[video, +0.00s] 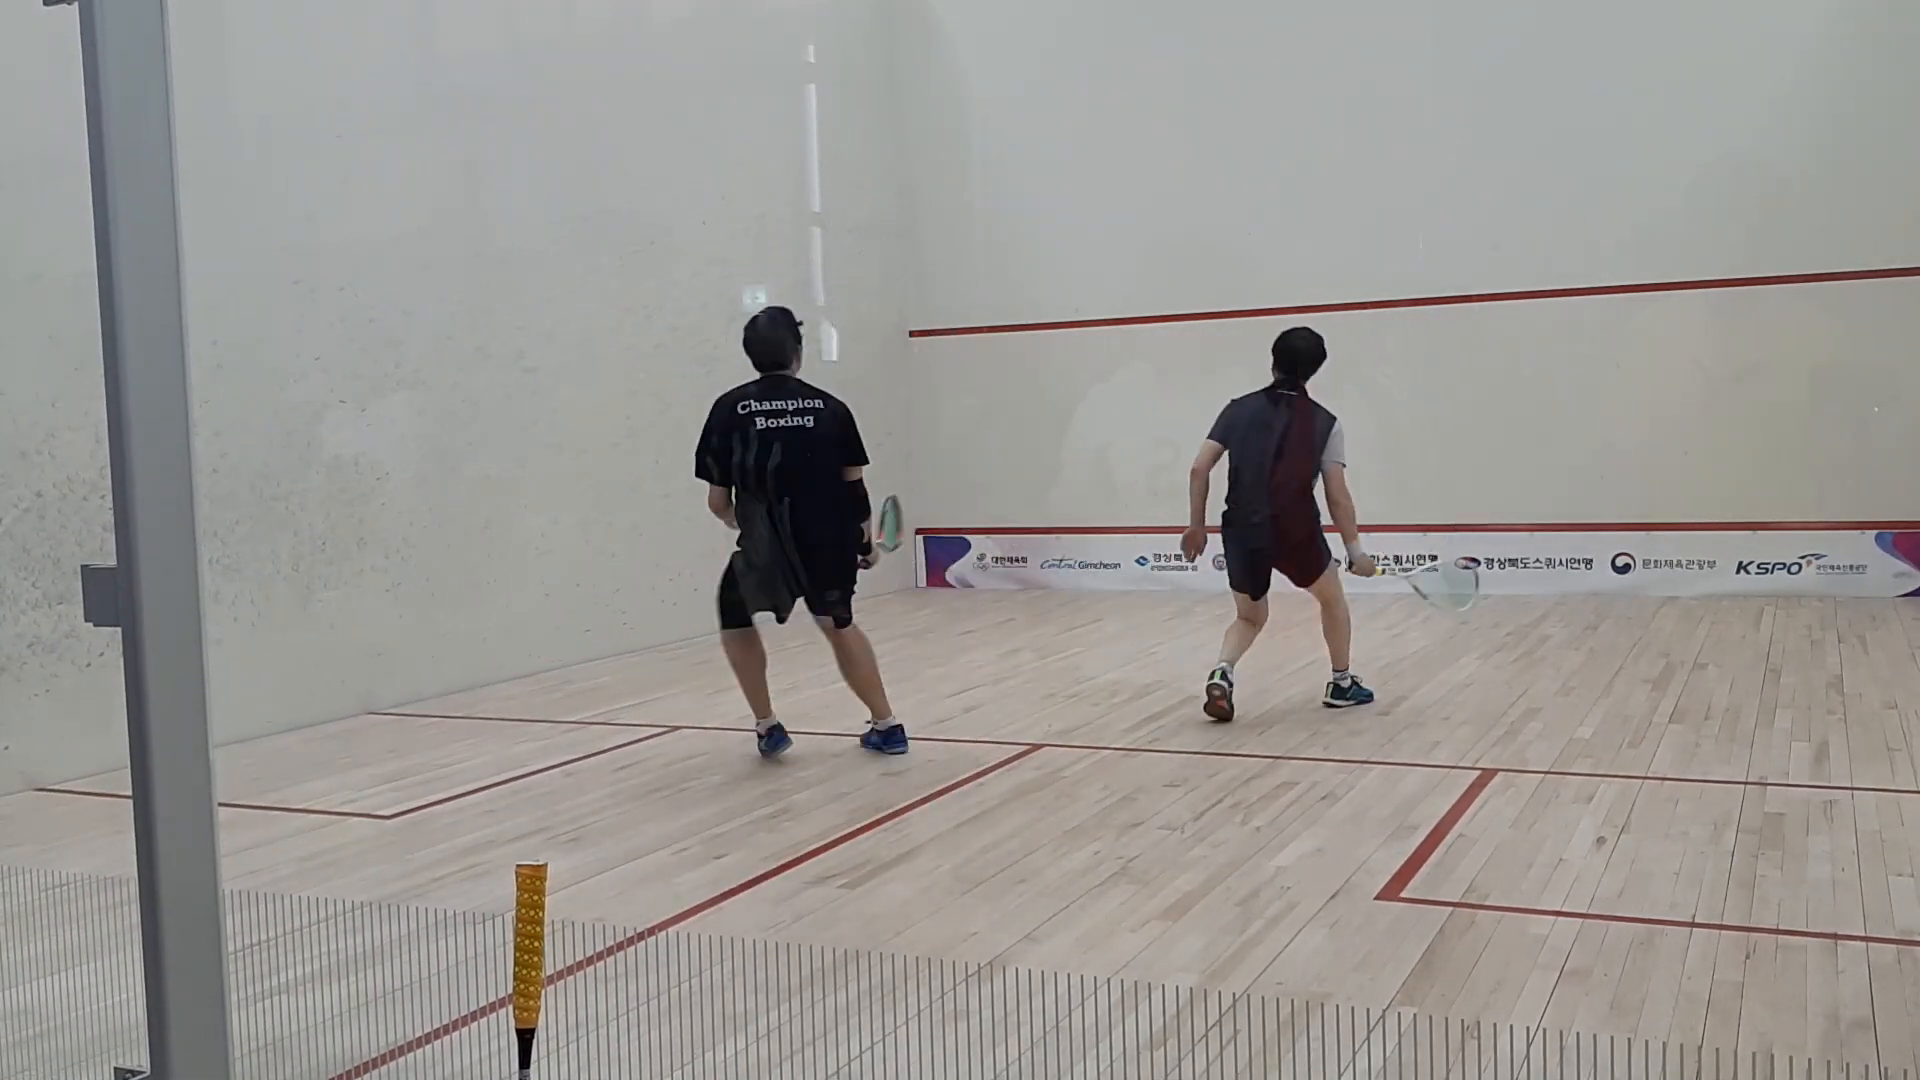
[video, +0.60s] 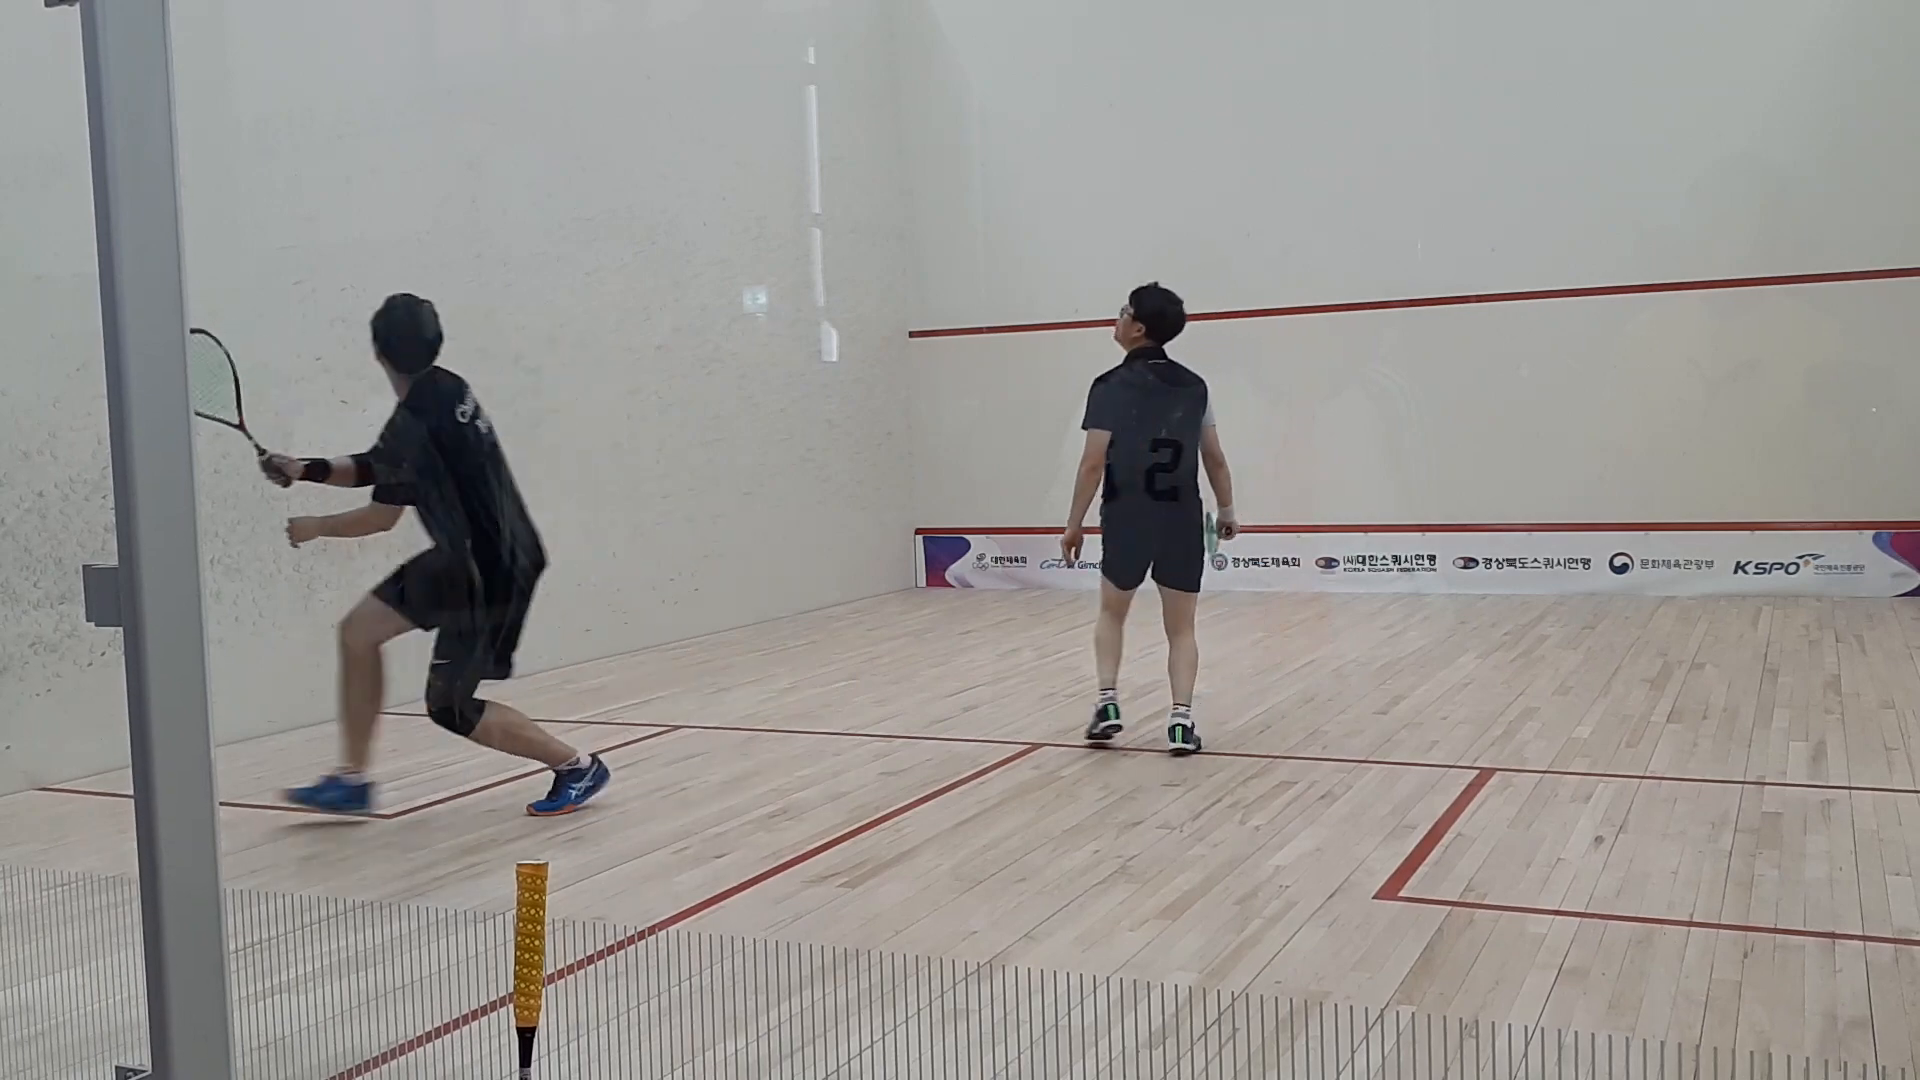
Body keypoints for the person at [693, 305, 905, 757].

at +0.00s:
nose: (800, 348)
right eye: (799, 343)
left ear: (748, 355)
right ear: (797, 351)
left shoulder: (729, 409)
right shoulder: (830, 408)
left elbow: (719, 503)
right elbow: (854, 483)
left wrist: (747, 523)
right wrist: (865, 537)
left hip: (766, 548)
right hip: (828, 543)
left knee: (733, 604)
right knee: (840, 623)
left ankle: (767, 726)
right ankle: (887, 724)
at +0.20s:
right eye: (708, 347)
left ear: (667, 362)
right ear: (715, 355)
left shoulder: (669, 423)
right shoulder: (750, 406)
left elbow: (672, 517)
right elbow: (745, 489)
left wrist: (640, 529)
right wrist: (676, 515)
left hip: (719, 563)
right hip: (779, 552)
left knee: (610, 624)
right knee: (803, 637)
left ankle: (618, 753)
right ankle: (881, 724)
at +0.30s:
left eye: (601, 339)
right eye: (636, 334)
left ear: (597, 348)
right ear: (647, 343)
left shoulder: (604, 417)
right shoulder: (675, 390)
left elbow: (594, 510)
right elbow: (654, 466)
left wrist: (543, 536)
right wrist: (584, 485)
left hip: (666, 563)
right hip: (721, 550)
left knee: (559, 641)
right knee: (754, 645)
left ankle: (596, 773)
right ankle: (846, 715)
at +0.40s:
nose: (527, 354)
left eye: (524, 347)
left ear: (526, 355)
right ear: (575, 345)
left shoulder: (541, 427)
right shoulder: (601, 389)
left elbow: (510, 522)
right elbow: (561, 464)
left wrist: (446, 543)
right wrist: (473, 467)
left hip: (607, 570)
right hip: (655, 551)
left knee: (515, 658)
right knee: (629, 657)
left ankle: (589, 779)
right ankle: (753, 704)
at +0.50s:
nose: (451, 361)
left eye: (450, 353)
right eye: (456, 353)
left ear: (453, 358)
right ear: (502, 347)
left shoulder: (485, 429)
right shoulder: (523, 391)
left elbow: (440, 522)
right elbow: (457, 466)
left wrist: (373, 542)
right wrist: (377, 464)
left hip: (558, 564)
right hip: (581, 548)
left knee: (485, 679)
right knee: (487, 648)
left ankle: (587, 778)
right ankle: (585, 732)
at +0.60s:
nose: (373, 352)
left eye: (375, 344)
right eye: (379, 342)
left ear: (381, 354)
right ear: (430, 344)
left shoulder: (415, 422)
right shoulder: (443, 388)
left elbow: (382, 516)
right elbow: (376, 467)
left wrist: (318, 527)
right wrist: (305, 470)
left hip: (494, 573)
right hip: (464, 557)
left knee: (449, 705)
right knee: (358, 634)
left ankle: (577, 765)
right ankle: (352, 779)